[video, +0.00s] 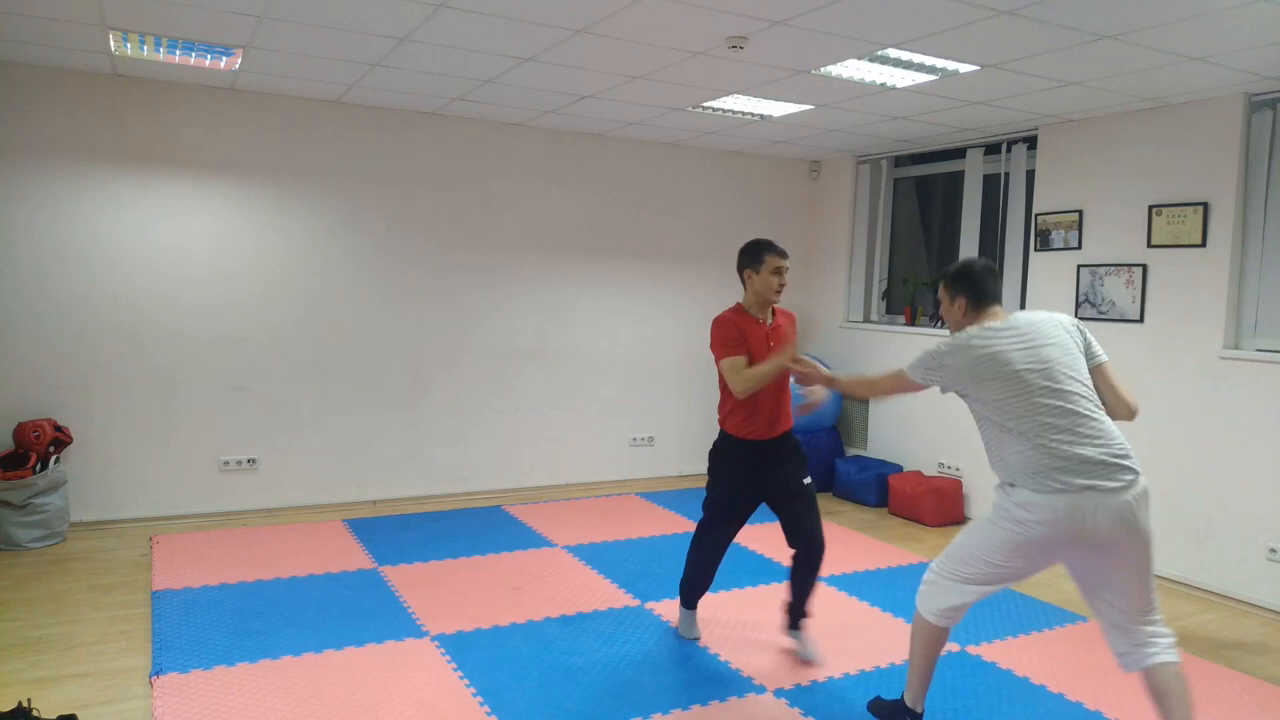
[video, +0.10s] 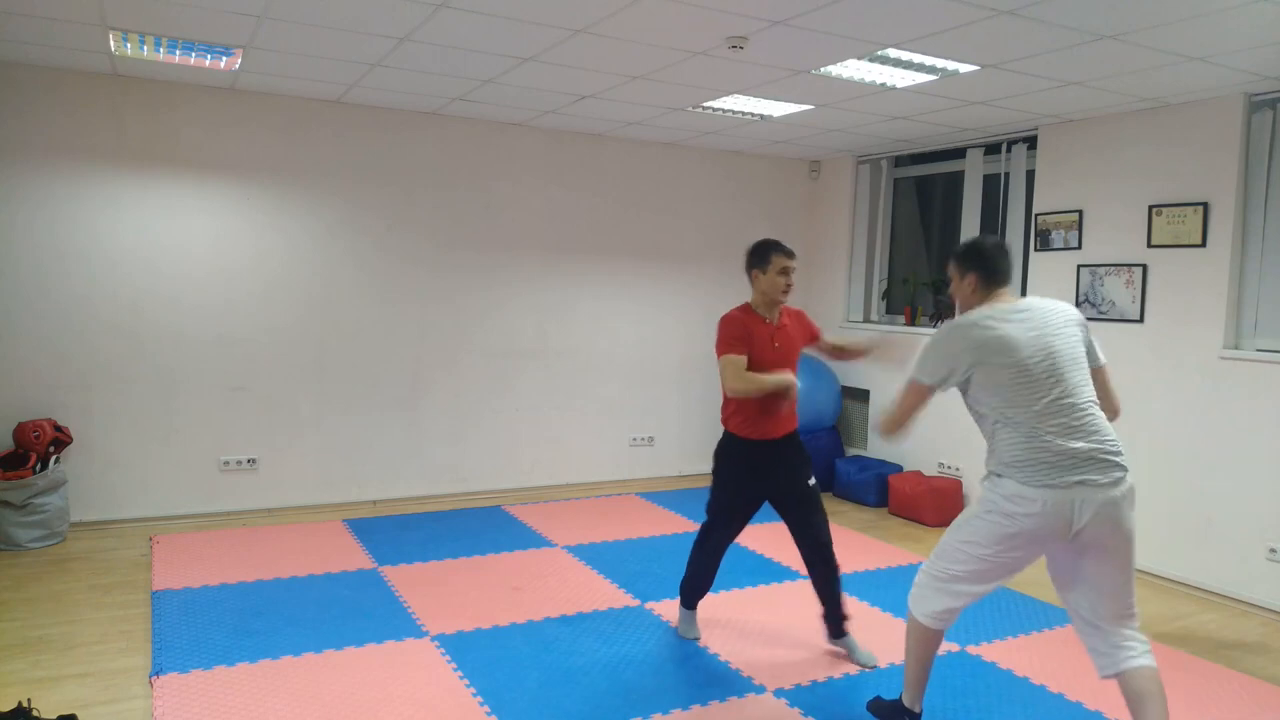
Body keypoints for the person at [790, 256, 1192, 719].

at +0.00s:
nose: (941, 317)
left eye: (942, 306)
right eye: (940, 307)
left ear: (961, 302)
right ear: (997, 297)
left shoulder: (961, 350)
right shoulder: (1066, 326)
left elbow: (878, 386)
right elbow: (1124, 407)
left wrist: (828, 379)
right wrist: (1061, 403)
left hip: (1040, 506)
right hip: (1121, 502)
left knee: (941, 586)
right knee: (1145, 630)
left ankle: (911, 705)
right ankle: (1181, 715)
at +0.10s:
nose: (951, 292)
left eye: (953, 281)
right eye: (951, 282)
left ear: (972, 279)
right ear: (1005, 277)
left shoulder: (961, 332)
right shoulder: (1065, 314)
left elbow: (894, 422)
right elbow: (1109, 407)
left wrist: (890, 417)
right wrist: (1045, 423)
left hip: (1027, 497)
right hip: (1107, 492)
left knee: (935, 589)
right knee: (1120, 631)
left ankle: (910, 704)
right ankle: (1155, 716)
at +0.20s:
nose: (974, 274)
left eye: (976, 264)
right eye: (974, 264)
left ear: (996, 262)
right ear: (1031, 263)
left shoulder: (977, 318)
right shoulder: (1083, 311)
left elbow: (961, 424)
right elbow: (1105, 405)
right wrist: (1045, 429)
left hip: (1022, 492)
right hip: (1101, 493)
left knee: (934, 593)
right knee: (1111, 638)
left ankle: (910, 704)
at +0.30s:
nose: (999, 270)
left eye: (1002, 259)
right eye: (1000, 259)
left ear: (1022, 257)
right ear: (1052, 260)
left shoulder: (1014, 306)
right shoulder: (1101, 313)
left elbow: (1005, 402)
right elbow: (1094, 400)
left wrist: (1001, 421)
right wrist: (1025, 414)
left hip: (1038, 499)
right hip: (1110, 502)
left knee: (947, 602)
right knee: (1116, 645)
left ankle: (913, 706)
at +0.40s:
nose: (1018, 273)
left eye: (1020, 262)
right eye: (1018, 263)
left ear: (1041, 259)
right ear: (1076, 261)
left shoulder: (1036, 309)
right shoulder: (1120, 322)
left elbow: (977, 399)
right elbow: (1092, 404)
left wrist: (972, 358)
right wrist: (1018, 360)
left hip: (1055, 508)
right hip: (1127, 513)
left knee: (945, 605)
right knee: (1119, 647)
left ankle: (919, 712)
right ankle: (1149, 711)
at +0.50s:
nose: (1015, 277)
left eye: (1018, 266)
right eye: (1016, 266)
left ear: (1035, 265)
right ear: (1073, 268)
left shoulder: (1031, 316)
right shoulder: (1121, 326)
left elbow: (953, 405)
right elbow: (1154, 447)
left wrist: (943, 333)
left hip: (1060, 518)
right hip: (1136, 522)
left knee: (944, 603)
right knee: (1116, 651)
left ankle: (919, 713)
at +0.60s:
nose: (997, 282)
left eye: (997, 271)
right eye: (996, 272)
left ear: (1012, 271)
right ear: (1054, 270)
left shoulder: (1015, 326)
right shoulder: (1114, 327)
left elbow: (976, 441)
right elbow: (1156, 437)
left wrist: (936, 383)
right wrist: (1081, 442)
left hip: (1046, 527)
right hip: (1127, 529)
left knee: (929, 622)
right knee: (1118, 657)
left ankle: (894, 713)